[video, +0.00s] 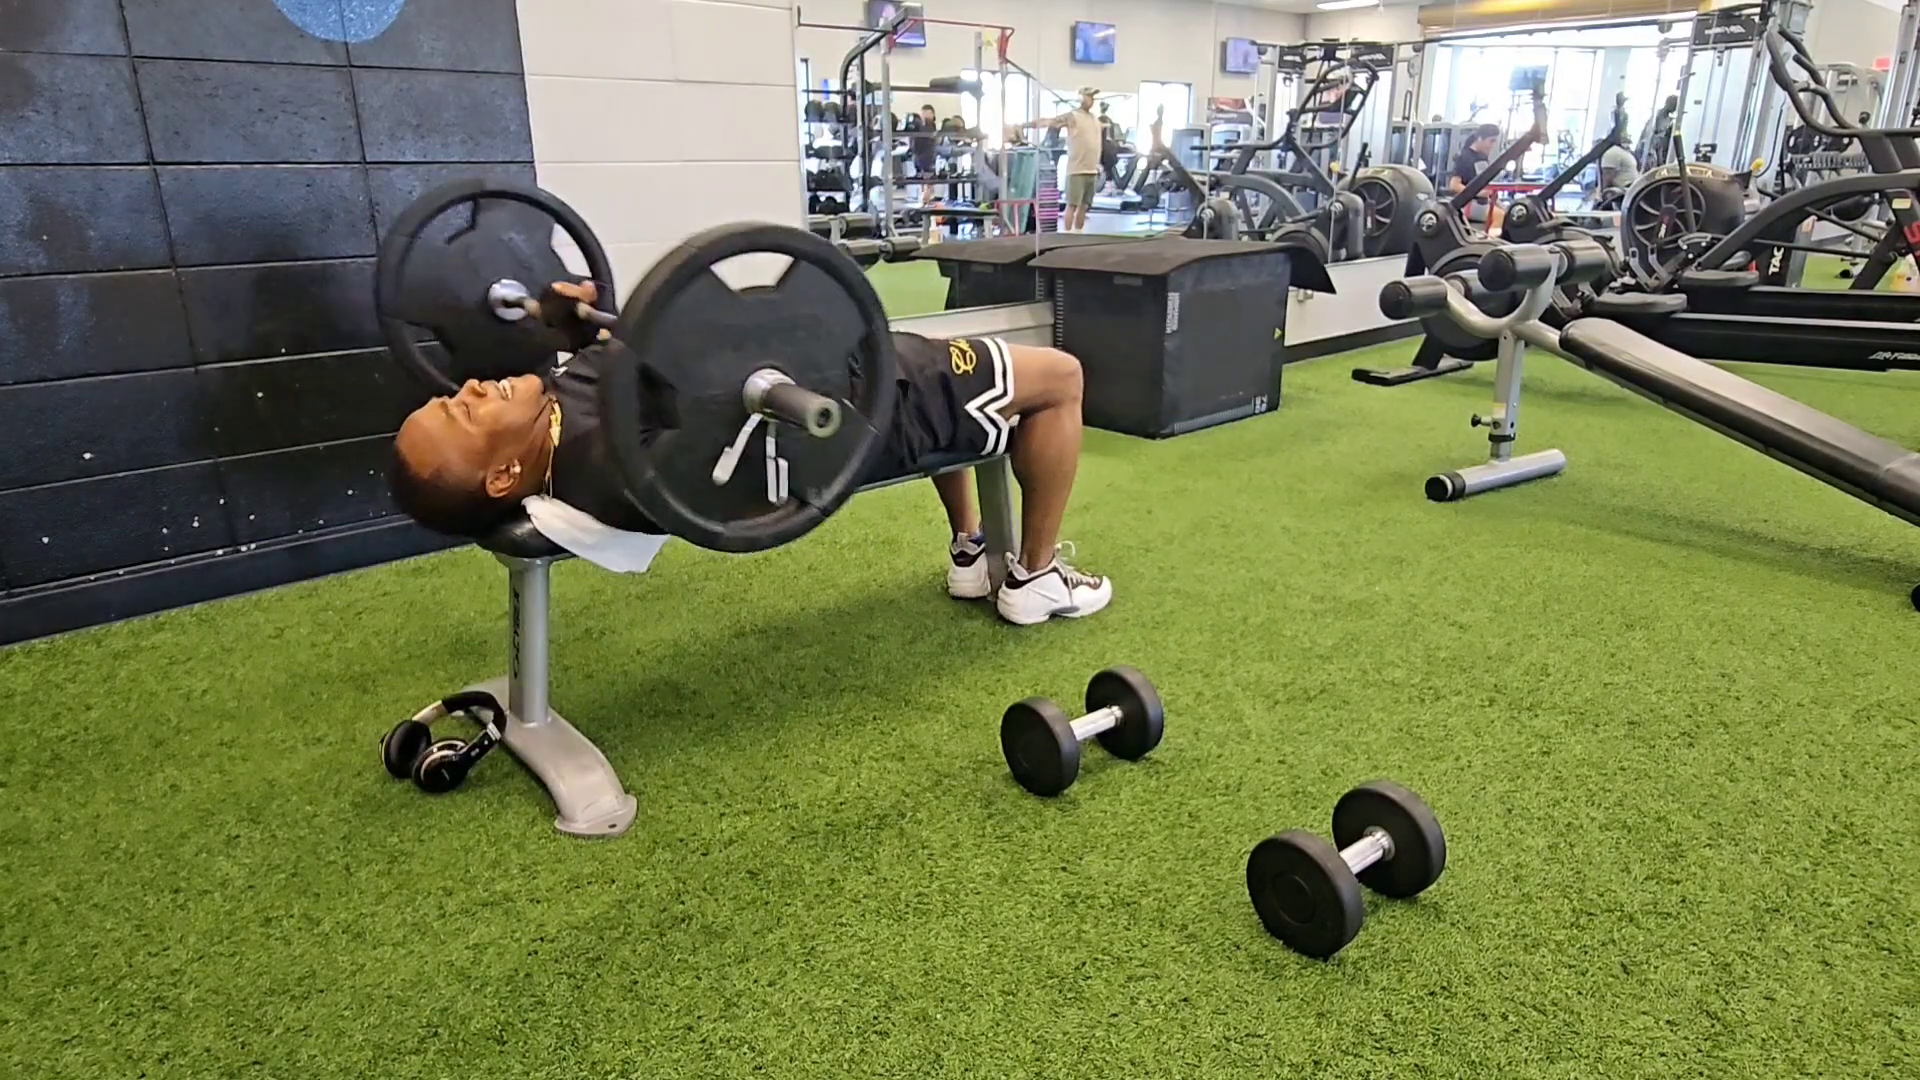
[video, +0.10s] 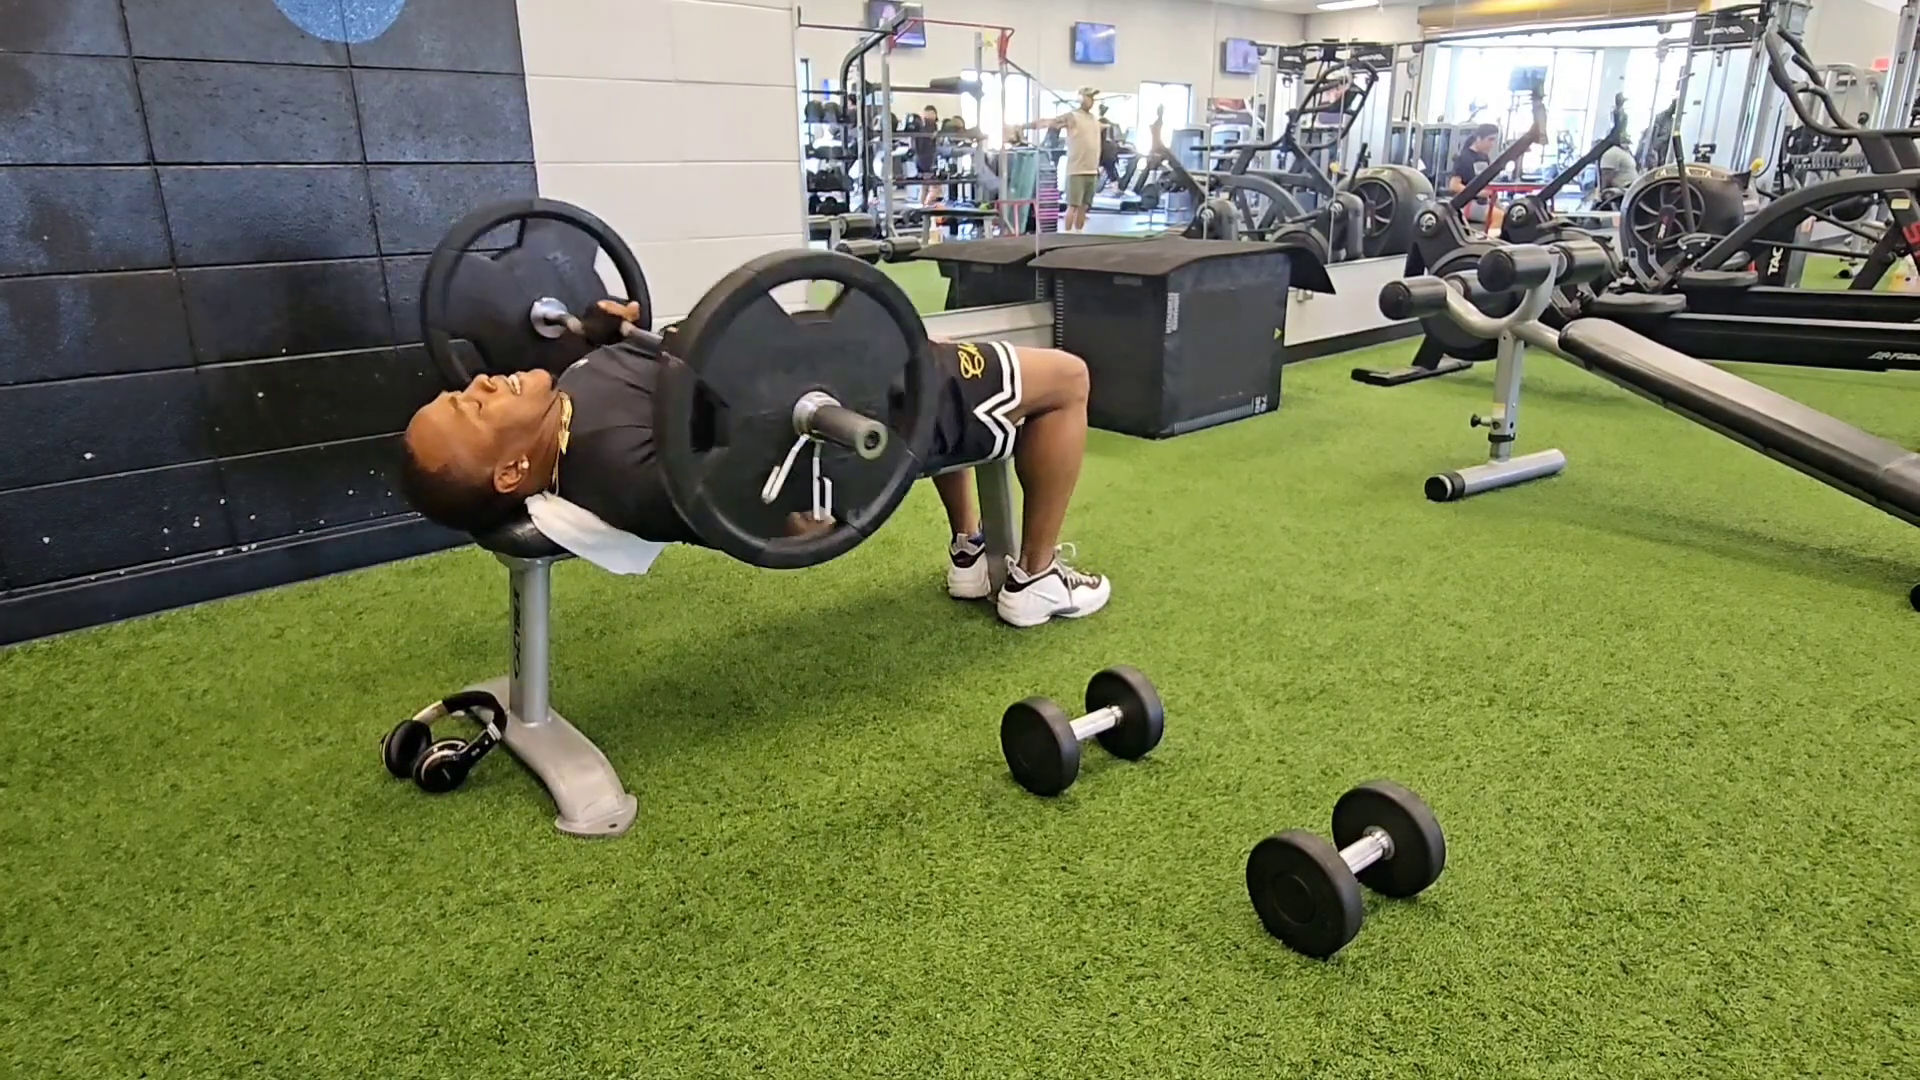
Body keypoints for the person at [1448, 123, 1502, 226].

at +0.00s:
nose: (1492, 146)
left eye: (1494, 142)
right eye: (1491, 141)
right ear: (1480, 138)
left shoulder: (1483, 156)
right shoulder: (1465, 156)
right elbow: (1454, 185)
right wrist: (1478, 193)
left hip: (1486, 201)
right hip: (1469, 203)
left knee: (1505, 213)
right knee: (1499, 216)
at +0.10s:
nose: (1492, 144)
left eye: (1494, 140)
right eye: (1490, 140)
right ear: (1479, 138)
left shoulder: (1485, 157)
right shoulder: (1464, 156)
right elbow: (1454, 185)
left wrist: (1491, 191)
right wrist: (1478, 192)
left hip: (1486, 200)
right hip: (1469, 203)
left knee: (1506, 214)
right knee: (1499, 216)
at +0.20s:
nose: (1492, 144)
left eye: (1494, 140)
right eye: (1490, 139)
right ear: (1479, 138)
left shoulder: (1486, 157)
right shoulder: (1465, 156)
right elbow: (1455, 185)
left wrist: (1493, 191)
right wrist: (1480, 193)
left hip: (1487, 201)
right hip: (1469, 202)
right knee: (1499, 217)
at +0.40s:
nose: (1504, 143)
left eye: (1505, 139)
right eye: (1502, 138)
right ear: (1490, 138)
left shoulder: (1497, 159)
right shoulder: (1478, 157)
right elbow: (1463, 185)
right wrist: (1486, 194)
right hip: (1469, 201)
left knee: (1510, 211)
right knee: (1498, 216)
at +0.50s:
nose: (1512, 144)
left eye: (1513, 141)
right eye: (1509, 140)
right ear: (1498, 140)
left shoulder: (1502, 159)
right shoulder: (1483, 158)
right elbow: (1467, 186)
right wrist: (1492, 192)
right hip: (1473, 202)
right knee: (1499, 217)